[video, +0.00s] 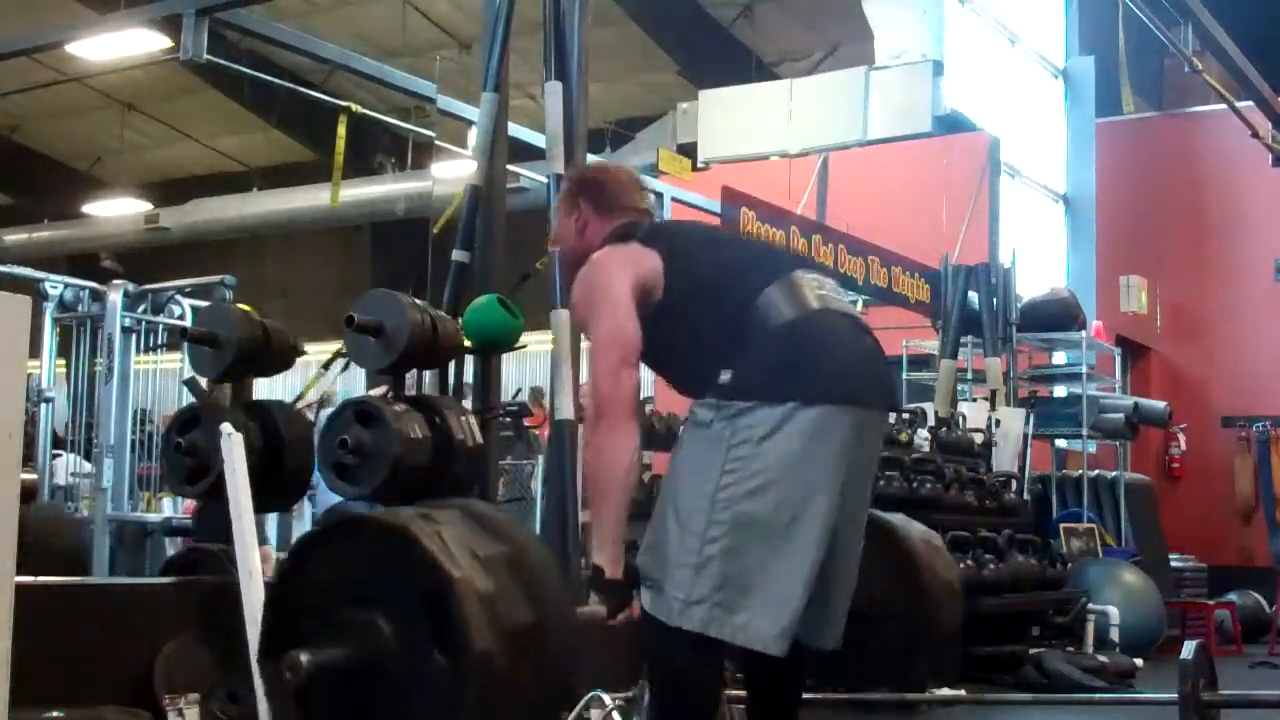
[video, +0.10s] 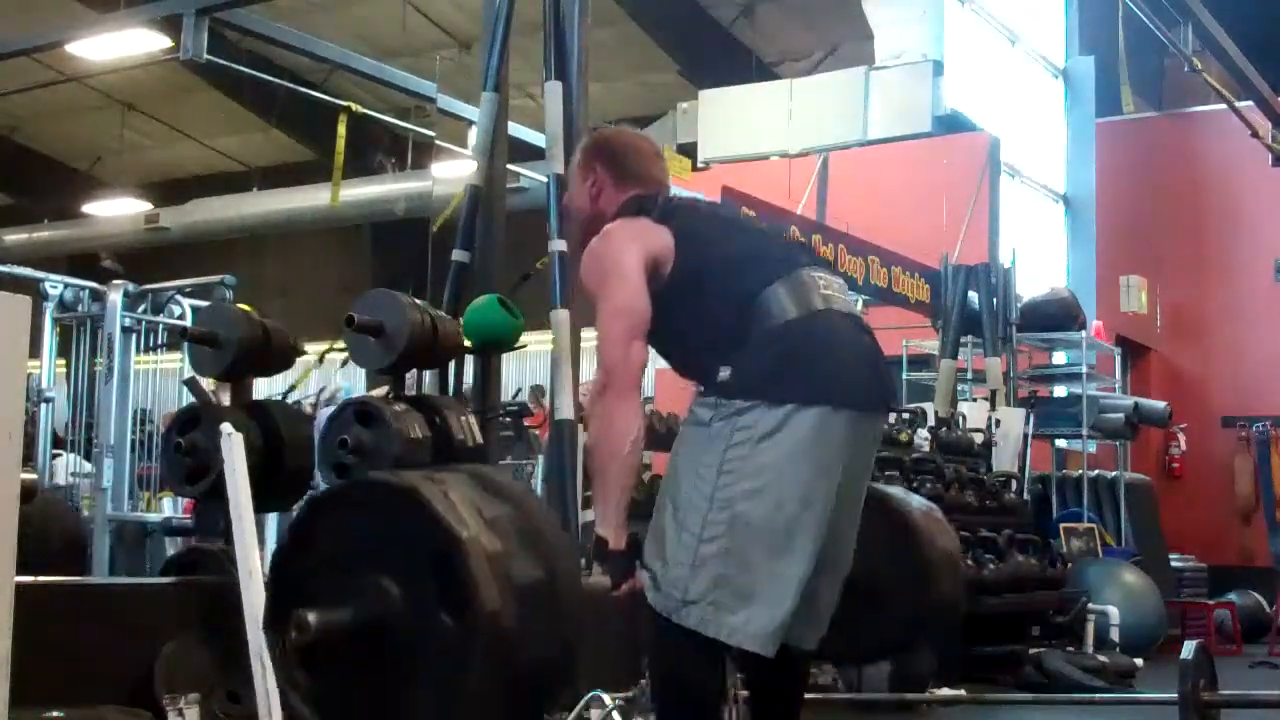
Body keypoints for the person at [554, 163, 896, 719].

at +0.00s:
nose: (553, 241)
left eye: (557, 223)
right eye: (554, 225)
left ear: (581, 215)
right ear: (632, 214)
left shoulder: (608, 269)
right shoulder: (688, 249)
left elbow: (614, 417)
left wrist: (608, 567)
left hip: (778, 383)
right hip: (862, 384)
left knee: (681, 612)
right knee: (776, 624)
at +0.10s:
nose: (566, 203)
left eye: (571, 186)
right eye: (568, 188)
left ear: (599, 186)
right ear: (653, 188)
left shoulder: (622, 241)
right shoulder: (704, 224)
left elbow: (619, 388)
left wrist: (612, 541)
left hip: (775, 378)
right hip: (859, 380)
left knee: (685, 607)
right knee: (784, 629)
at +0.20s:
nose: (587, 162)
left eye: (592, 147)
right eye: (588, 148)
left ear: (619, 145)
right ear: (670, 150)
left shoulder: (636, 209)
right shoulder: (718, 198)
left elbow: (632, 351)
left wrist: (615, 506)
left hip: (774, 369)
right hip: (854, 372)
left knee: (699, 611)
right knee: (780, 623)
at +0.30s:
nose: (620, 113)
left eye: (628, 99)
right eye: (625, 99)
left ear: (652, 109)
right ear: (702, 121)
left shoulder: (659, 181)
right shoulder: (743, 181)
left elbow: (640, 332)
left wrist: (617, 482)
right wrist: (676, 482)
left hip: (767, 370)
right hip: (844, 377)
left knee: (688, 600)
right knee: (782, 617)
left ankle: (686, 715)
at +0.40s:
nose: (656, 76)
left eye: (664, 64)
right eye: (663, 63)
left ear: (686, 78)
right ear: (737, 96)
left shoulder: (678, 159)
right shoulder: (775, 167)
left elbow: (653, 301)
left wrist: (624, 453)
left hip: (753, 379)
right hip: (837, 391)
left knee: (685, 627)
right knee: (775, 628)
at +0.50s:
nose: (692, 50)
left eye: (706, 37)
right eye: (702, 37)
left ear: (728, 57)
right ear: (766, 74)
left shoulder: (705, 144)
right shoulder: (804, 158)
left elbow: (672, 284)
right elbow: (777, 303)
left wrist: (629, 428)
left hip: (746, 387)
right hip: (831, 399)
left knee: (685, 615)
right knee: (769, 611)